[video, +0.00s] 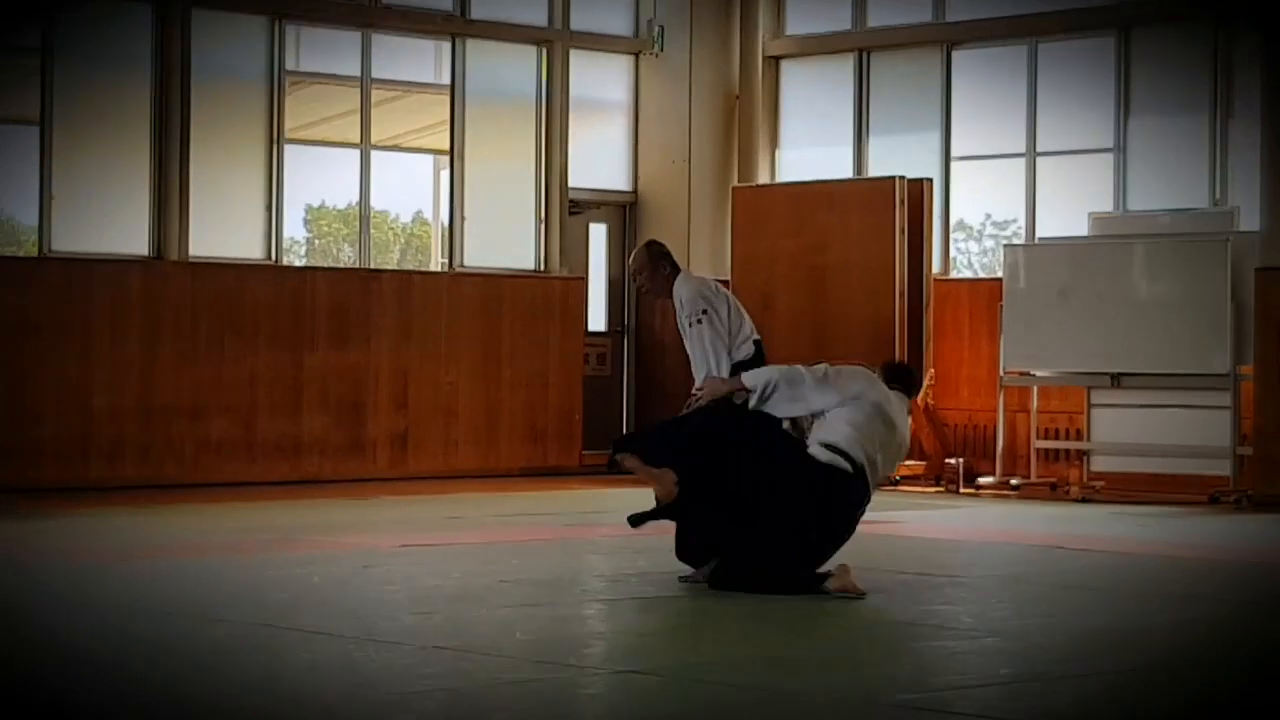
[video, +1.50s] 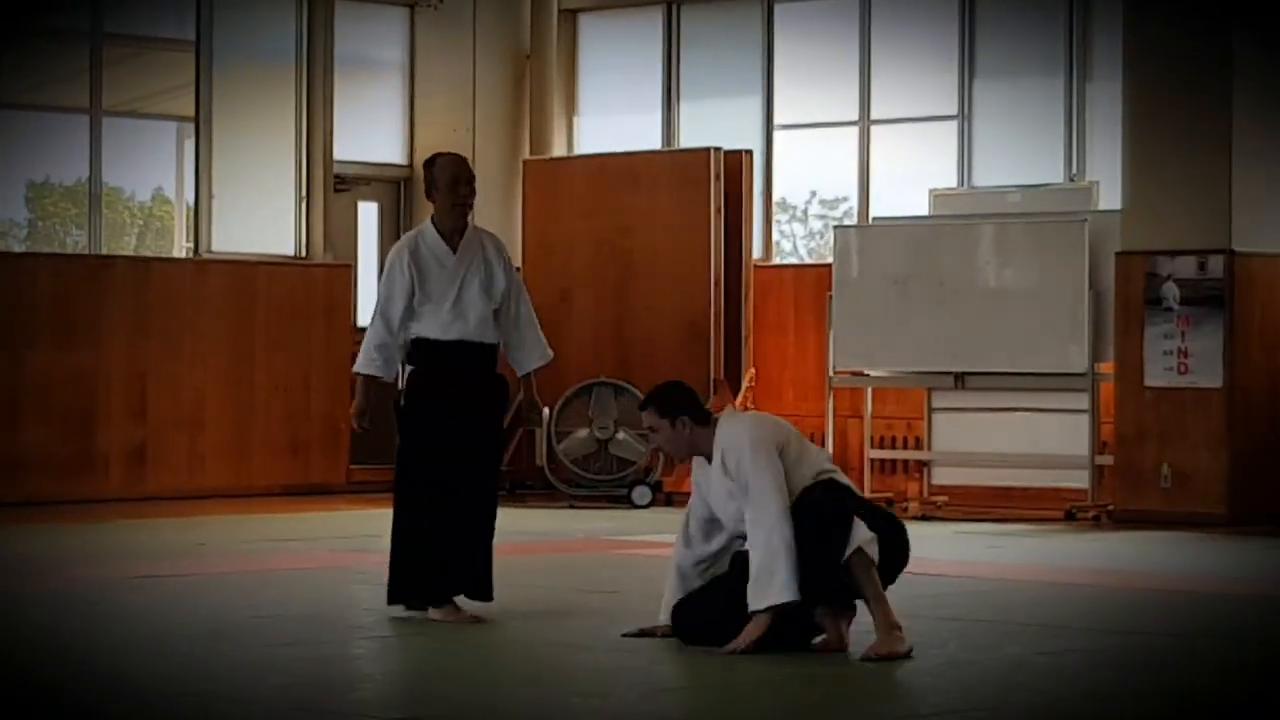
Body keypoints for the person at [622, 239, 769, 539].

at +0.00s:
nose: (637, 284)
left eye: (639, 275)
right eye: (634, 277)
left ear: (663, 268)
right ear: (666, 268)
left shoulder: (692, 294)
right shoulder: (686, 292)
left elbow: (714, 363)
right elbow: (701, 352)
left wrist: (704, 410)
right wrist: (699, 391)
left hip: (737, 370)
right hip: (730, 370)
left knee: (730, 462)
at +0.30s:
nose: (643, 248)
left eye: (647, 239)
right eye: (638, 242)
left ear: (668, 232)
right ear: (643, 244)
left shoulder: (705, 269)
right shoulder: (674, 286)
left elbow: (714, 338)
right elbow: (692, 344)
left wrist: (695, 394)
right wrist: (676, 387)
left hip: (730, 387)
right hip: (709, 387)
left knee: (696, 480)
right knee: (733, 480)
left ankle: (692, 577)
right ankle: (742, 577)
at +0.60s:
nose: (605, 211)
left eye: (615, 203)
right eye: (600, 203)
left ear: (637, 206)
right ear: (595, 209)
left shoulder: (657, 256)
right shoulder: (611, 265)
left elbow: (658, 331)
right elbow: (606, 333)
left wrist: (633, 391)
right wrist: (584, 376)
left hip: (653, 382)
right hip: (624, 382)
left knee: (614, 486)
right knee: (676, 484)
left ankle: (601, 589)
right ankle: (693, 580)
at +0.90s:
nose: (488, 196)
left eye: (497, 189)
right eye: (481, 188)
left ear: (511, 197)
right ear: (468, 194)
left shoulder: (520, 255)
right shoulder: (450, 252)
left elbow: (522, 330)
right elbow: (434, 313)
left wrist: (493, 386)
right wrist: (422, 370)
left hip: (491, 372)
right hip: (448, 368)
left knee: (482, 477)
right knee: (447, 474)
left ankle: (479, 585)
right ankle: (461, 582)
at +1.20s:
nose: (466, 199)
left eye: (472, 191)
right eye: (456, 190)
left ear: (477, 196)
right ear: (432, 194)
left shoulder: (485, 254)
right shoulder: (402, 249)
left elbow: (497, 324)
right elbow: (376, 312)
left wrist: (495, 388)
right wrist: (356, 370)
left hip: (464, 371)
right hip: (412, 369)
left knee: (453, 478)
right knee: (410, 474)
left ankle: (435, 585)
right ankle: (413, 583)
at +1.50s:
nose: (469, 193)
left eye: (471, 184)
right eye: (458, 186)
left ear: (475, 188)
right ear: (431, 193)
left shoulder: (490, 248)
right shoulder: (408, 251)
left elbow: (516, 318)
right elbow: (385, 322)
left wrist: (529, 384)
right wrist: (364, 391)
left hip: (479, 372)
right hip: (429, 372)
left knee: (469, 481)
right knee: (430, 480)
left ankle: (441, 589)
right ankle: (433, 595)